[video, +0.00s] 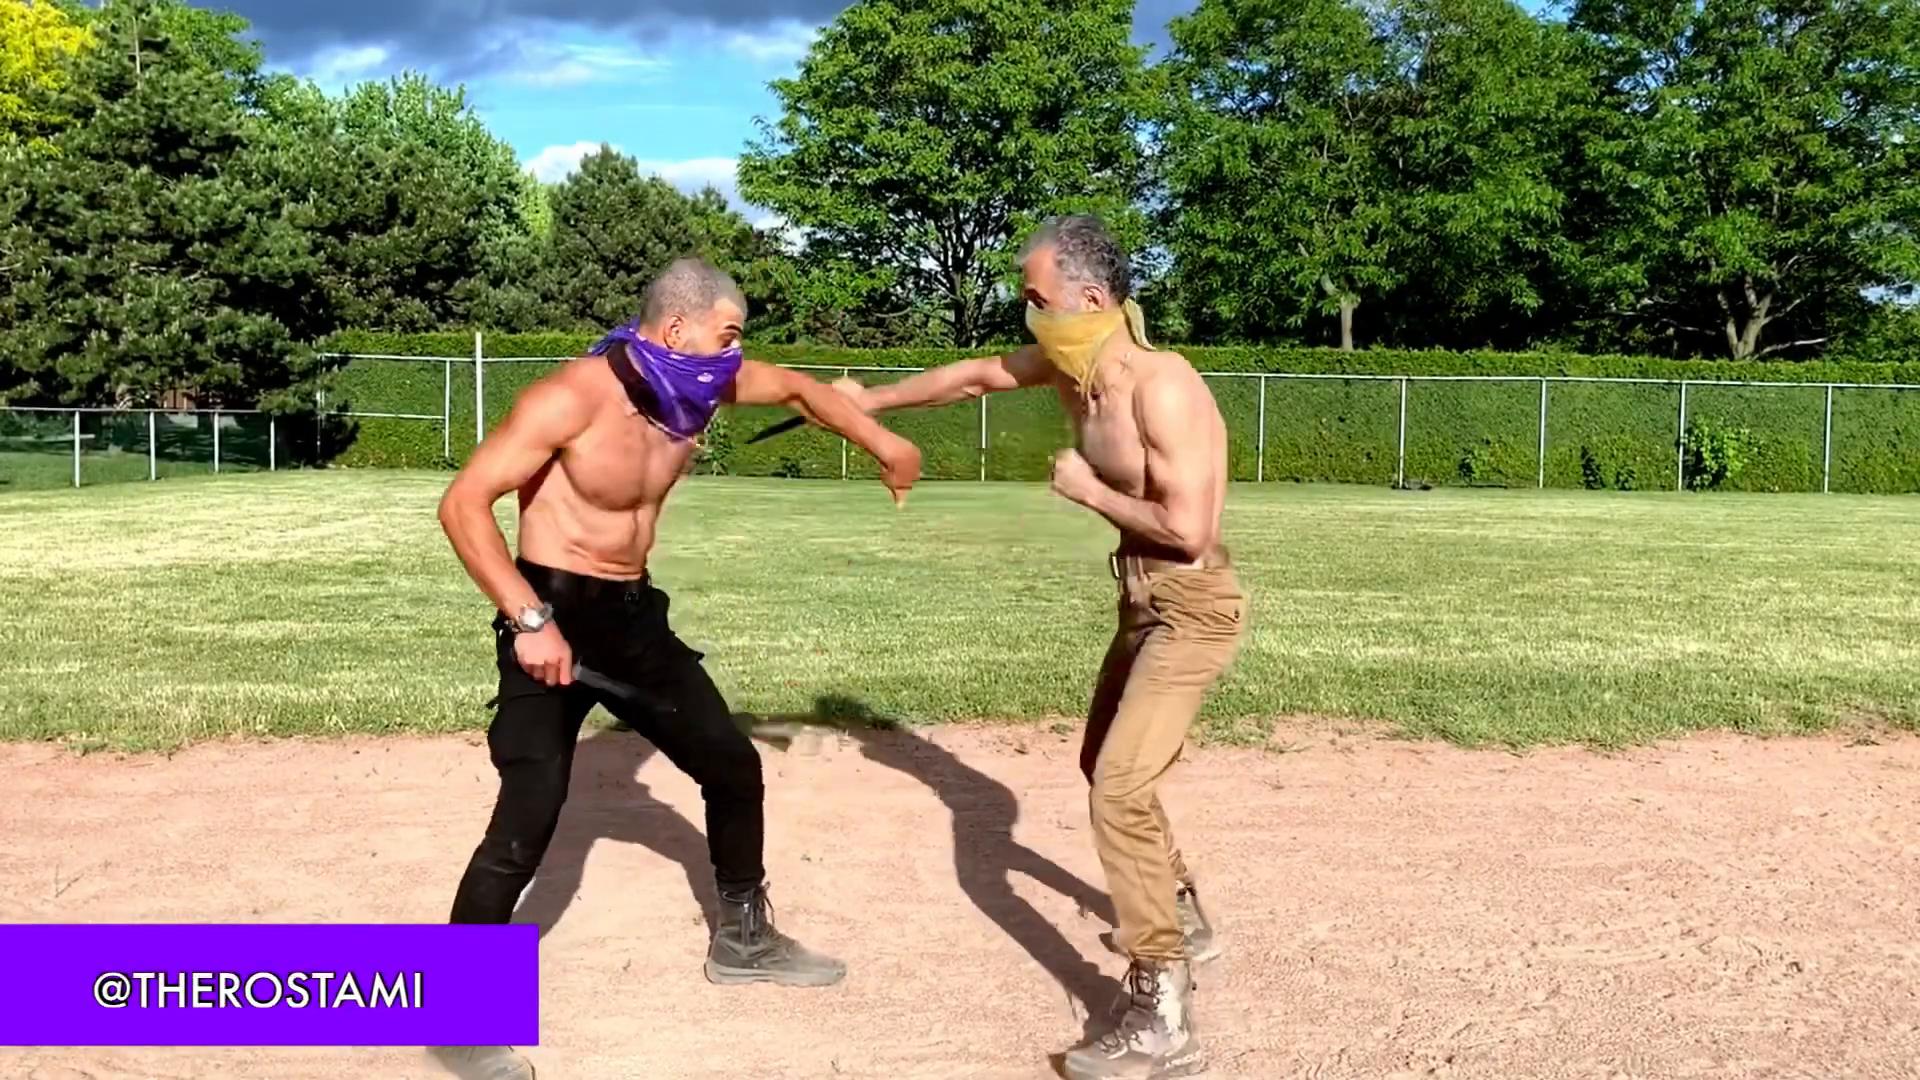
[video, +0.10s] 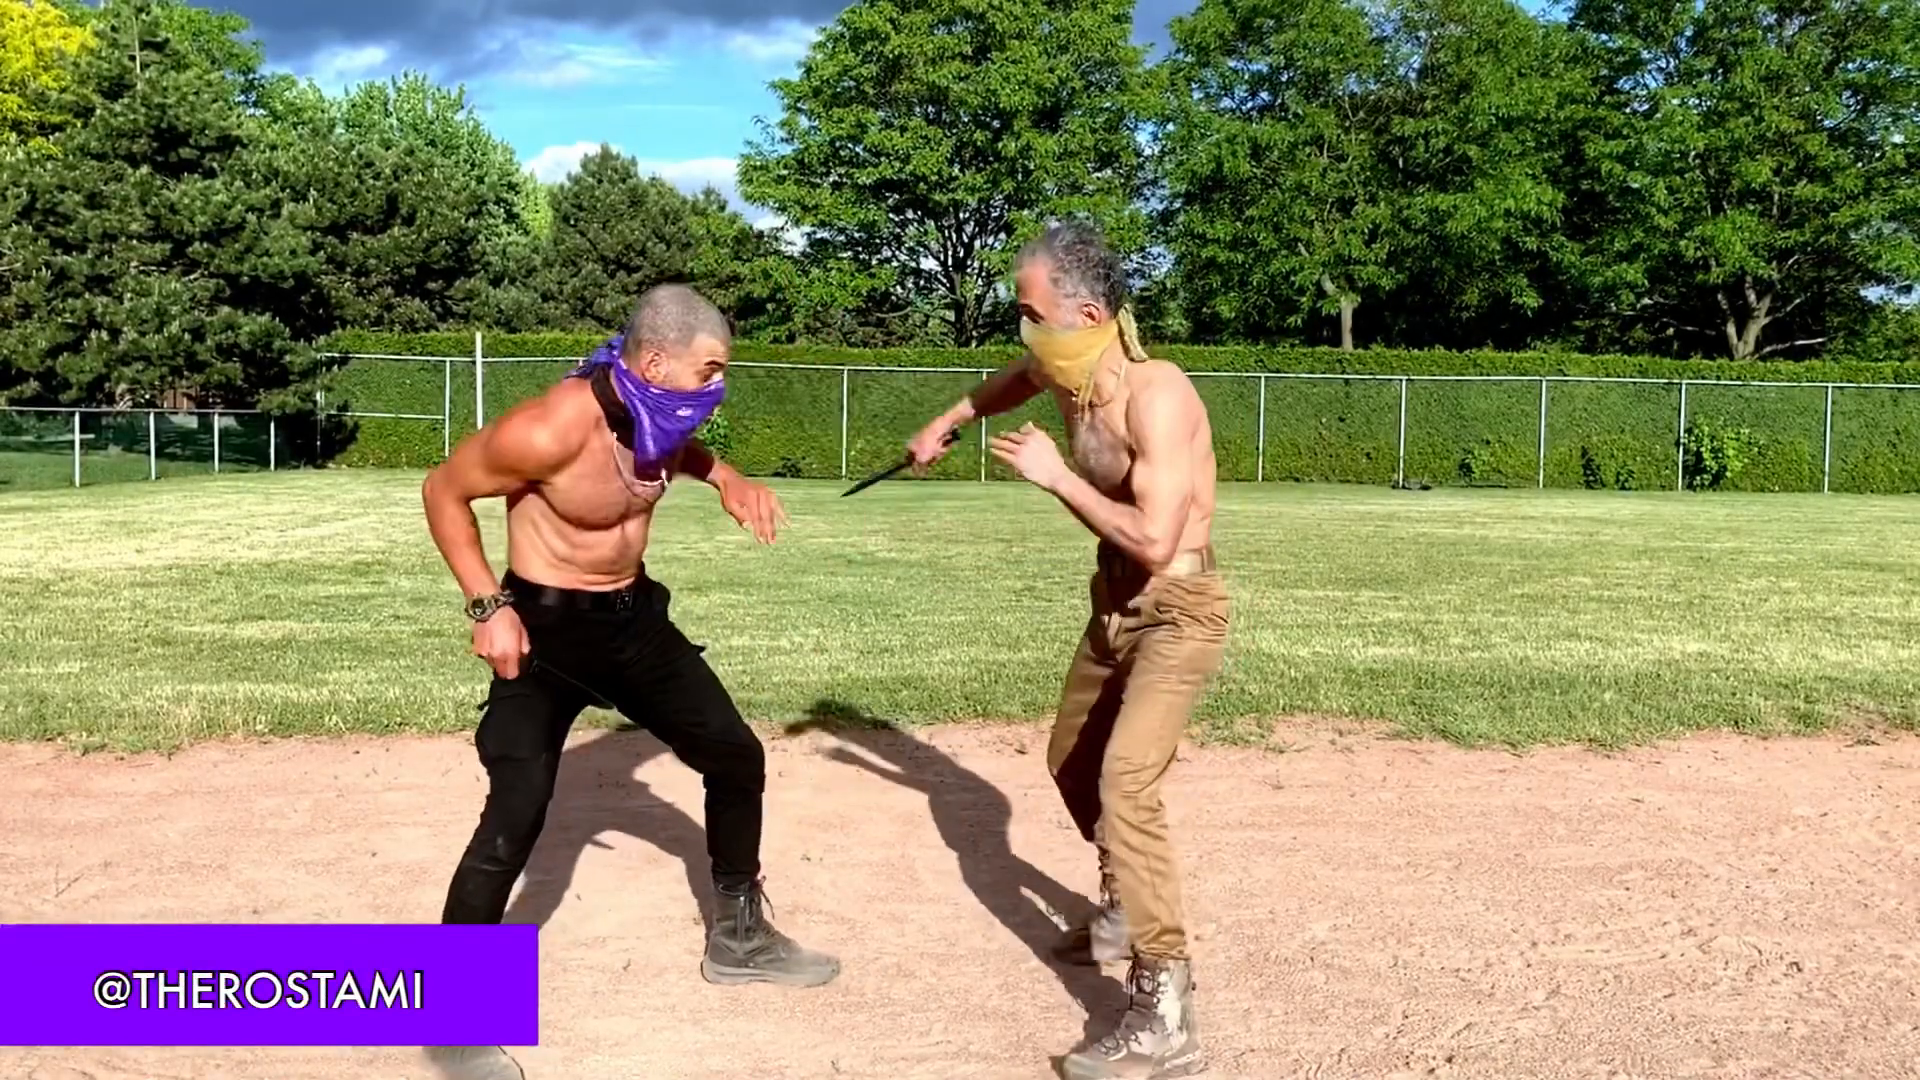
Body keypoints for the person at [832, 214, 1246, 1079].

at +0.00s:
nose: (1029, 314)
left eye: (1037, 297)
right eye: (1027, 298)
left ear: (1092, 296)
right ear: (1081, 297)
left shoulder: (1166, 387)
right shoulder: (1076, 369)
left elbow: (1189, 531)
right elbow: (974, 376)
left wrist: (1092, 492)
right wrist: (870, 397)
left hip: (1192, 613)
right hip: (1143, 609)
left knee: (1123, 786)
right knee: (1102, 763)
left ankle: (1163, 1013)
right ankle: (1180, 915)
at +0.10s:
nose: (1024, 329)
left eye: (1034, 314)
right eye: (1024, 314)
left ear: (1087, 314)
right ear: (1074, 316)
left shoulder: (1161, 397)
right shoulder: (1071, 373)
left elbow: (1155, 541)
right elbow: (1016, 381)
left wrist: (1059, 476)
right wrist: (950, 419)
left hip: (1181, 616)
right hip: (1116, 610)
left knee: (1127, 781)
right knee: (1073, 762)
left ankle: (1165, 1007)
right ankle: (1127, 896)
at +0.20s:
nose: (1018, 330)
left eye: (1029, 315)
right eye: (1014, 315)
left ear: (1079, 315)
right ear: (1072, 317)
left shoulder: (1115, 393)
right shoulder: (1105, 374)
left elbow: (1041, 484)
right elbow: (1094, 474)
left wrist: (932, 476)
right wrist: (1025, 493)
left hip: (1157, 620)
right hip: (1112, 610)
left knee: (1104, 790)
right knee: (1050, 763)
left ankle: (1161, 1009)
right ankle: (1085, 917)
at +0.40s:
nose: (992, 320)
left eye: (998, 303)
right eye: (989, 305)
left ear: (1048, 300)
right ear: (1044, 302)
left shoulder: (1094, 381)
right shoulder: (1068, 381)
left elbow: (1065, 515)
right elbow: (1049, 499)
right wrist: (991, 461)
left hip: (1148, 608)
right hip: (1106, 605)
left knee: (1087, 792)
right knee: (1043, 759)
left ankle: (1155, 1007)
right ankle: (1085, 914)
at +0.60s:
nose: (976, 304)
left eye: (984, 286)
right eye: (971, 290)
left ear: (1036, 278)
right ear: (1008, 286)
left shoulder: (1121, 353)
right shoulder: (1009, 390)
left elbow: (1217, 446)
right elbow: (1001, 508)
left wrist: (1098, 466)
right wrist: (955, 484)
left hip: (1142, 592)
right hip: (1067, 599)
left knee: (1102, 784)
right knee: (1035, 778)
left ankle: (1158, 1004)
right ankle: (1082, 912)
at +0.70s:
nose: (969, 317)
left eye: (977, 298)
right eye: (963, 302)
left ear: (1027, 289)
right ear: (1005, 295)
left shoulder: (1103, 354)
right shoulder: (1019, 402)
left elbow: (1187, 441)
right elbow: (1076, 501)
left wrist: (1063, 437)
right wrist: (1029, 540)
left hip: (1137, 597)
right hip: (1071, 607)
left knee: (1094, 789)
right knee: (1031, 776)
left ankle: (1159, 1014)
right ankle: (1082, 917)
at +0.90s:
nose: (972, 323)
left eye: (979, 306)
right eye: (969, 309)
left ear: (1025, 296)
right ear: (1031, 301)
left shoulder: (1057, 351)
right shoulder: (1062, 370)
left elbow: (941, 403)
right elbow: (1122, 490)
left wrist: (841, 452)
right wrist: (1062, 547)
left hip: (1148, 608)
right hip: (1110, 608)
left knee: (1089, 788)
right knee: (1045, 764)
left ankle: (1150, 1005)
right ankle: (1085, 914)